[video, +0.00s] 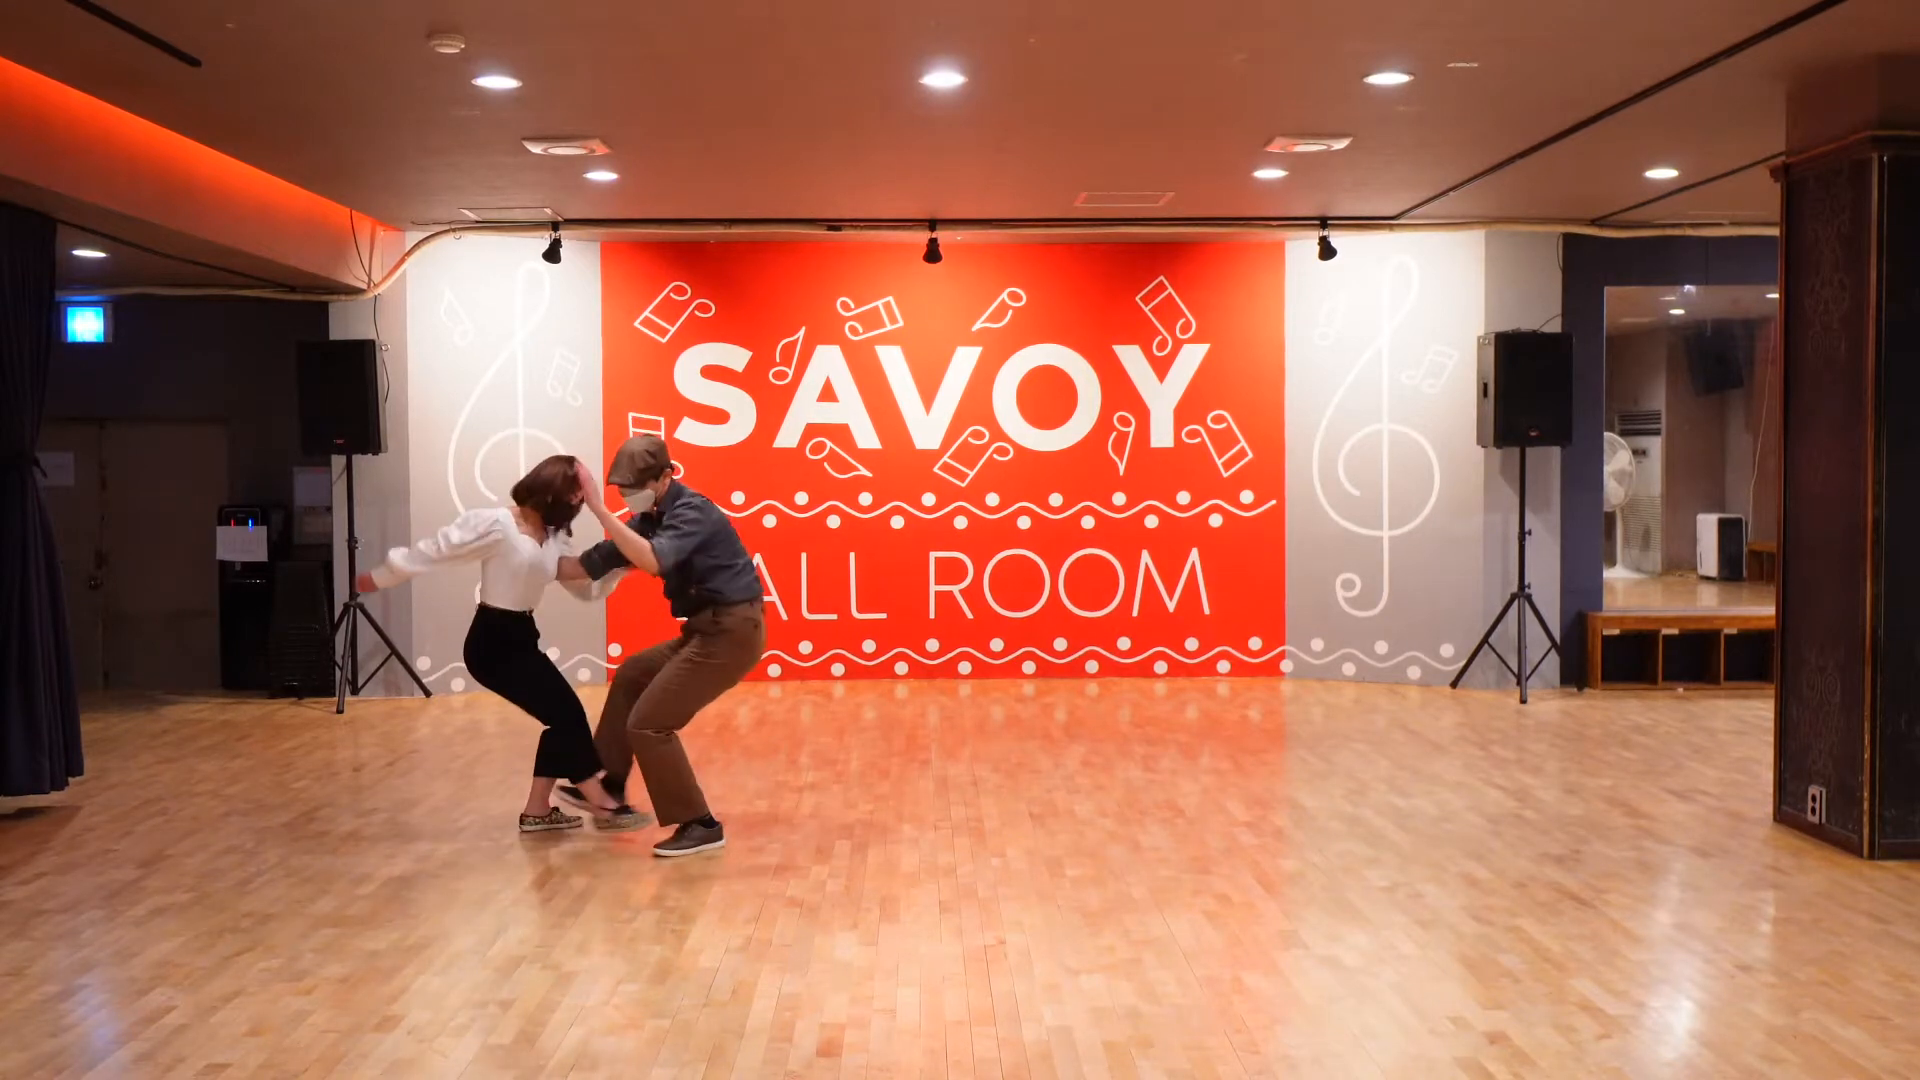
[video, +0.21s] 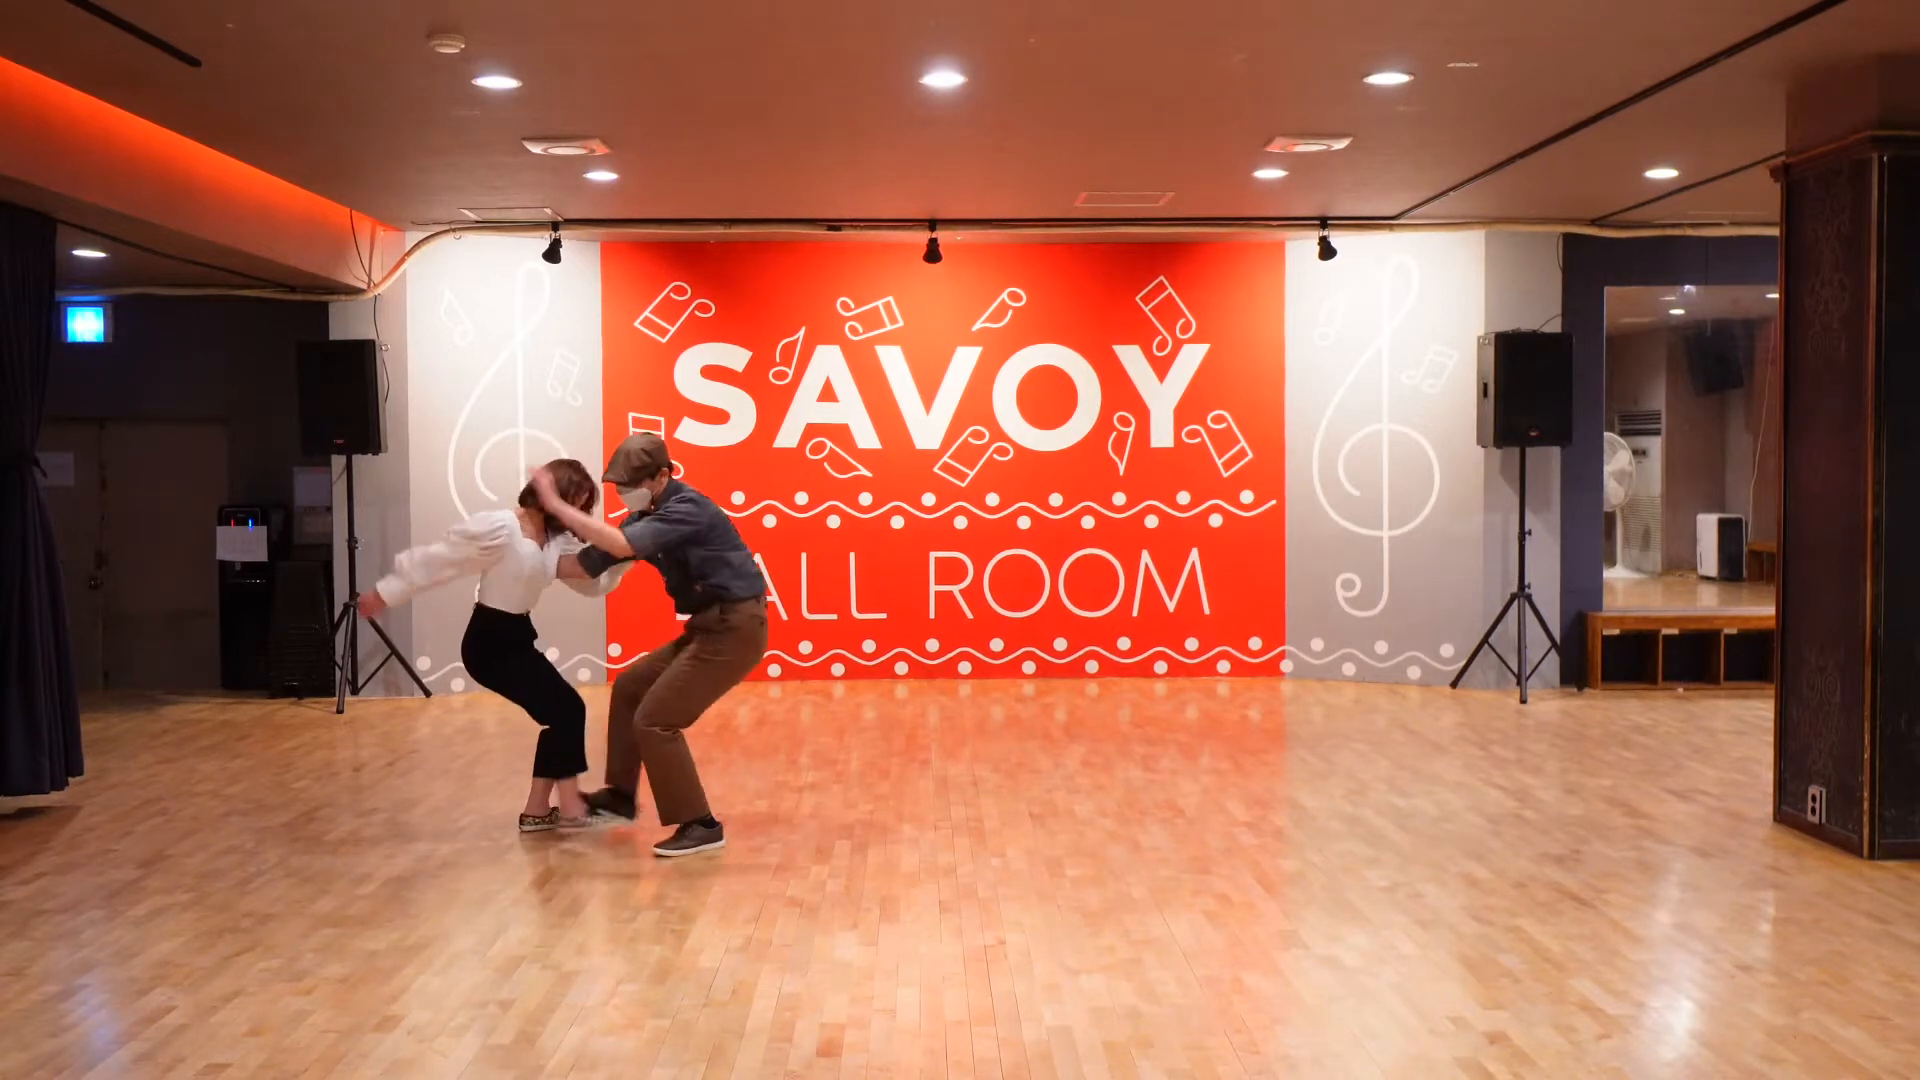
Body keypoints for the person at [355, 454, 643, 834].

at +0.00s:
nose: (576, 509)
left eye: (578, 503)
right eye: (574, 501)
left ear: (539, 488)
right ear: (559, 498)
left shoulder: (554, 541)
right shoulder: (497, 525)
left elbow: (587, 589)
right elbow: (434, 549)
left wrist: (621, 561)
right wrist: (378, 577)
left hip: (522, 642)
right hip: (491, 645)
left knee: (564, 713)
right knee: (566, 712)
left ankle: (537, 809)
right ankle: (603, 804)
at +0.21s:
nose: (583, 516)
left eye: (585, 508)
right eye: (581, 505)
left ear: (551, 496)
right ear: (561, 500)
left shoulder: (556, 541)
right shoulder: (502, 528)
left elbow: (592, 583)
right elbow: (439, 559)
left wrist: (627, 551)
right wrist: (384, 594)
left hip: (519, 641)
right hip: (488, 644)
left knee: (561, 711)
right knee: (568, 706)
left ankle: (537, 810)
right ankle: (573, 808)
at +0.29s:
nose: (579, 513)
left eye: (582, 506)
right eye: (577, 504)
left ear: (546, 497)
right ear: (554, 500)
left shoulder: (553, 543)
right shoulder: (497, 532)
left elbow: (575, 592)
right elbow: (448, 583)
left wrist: (620, 591)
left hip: (520, 643)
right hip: (490, 647)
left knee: (569, 706)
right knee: (562, 709)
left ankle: (539, 800)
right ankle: (534, 805)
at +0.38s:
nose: (583, 509)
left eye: (584, 501)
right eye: (579, 500)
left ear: (547, 498)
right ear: (554, 499)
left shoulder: (548, 542)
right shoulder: (497, 539)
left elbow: (561, 607)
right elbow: (474, 612)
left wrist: (590, 645)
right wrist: (488, 669)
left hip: (525, 640)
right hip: (495, 643)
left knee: (574, 715)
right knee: (554, 721)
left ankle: (540, 810)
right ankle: (527, 822)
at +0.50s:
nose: (579, 508)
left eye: (580, 500)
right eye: (576, 500)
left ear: (543, 499)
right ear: (555, 503)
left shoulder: (538, 541)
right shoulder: (507, 544)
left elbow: (561, 573)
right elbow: (513, 612)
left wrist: (609, 547)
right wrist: (574, 615)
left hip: (513, 647)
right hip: (490, 654)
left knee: (583, 704)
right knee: (559, 717)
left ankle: (547, 802)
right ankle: (527, 822)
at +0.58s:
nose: (571, 513)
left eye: (573, 504)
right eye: (569, 504)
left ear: (529, 492)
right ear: (551, 506)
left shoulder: (521, 535)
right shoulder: (509, 544)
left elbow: (477, 574)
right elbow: (525, 592)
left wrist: (444, 608)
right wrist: (590, 568)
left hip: (512, 645)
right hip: (488, 656)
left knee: (585, 688)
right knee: (559, 720)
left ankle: (572, 782)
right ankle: (528, 823)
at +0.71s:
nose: (566, 519)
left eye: (570, 510)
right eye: (566, 511)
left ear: (520, 490)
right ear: (555, 514)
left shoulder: (496, 531)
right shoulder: (516, 549)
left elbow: (459, 545)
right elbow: (562, 570)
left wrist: (417, 557)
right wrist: (602, 526)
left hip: (497, 646)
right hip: (488, 656)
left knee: (568, 703)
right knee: (555, 723)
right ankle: (527, 823)